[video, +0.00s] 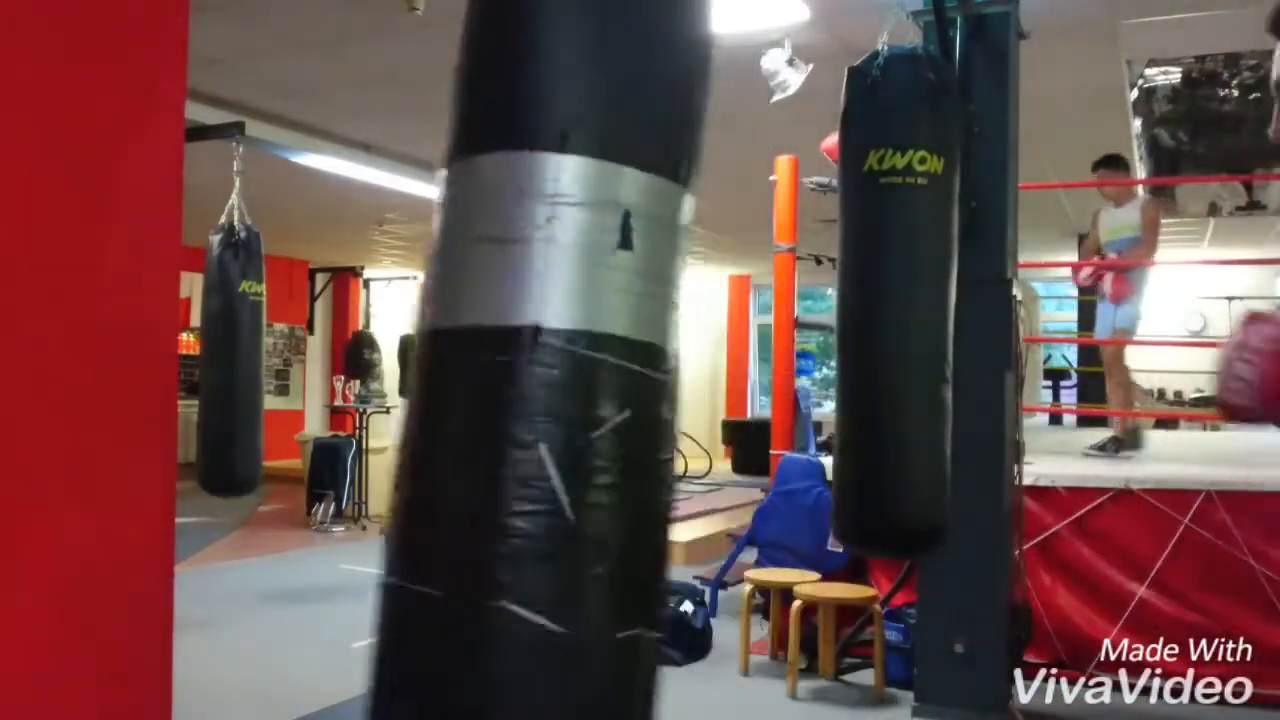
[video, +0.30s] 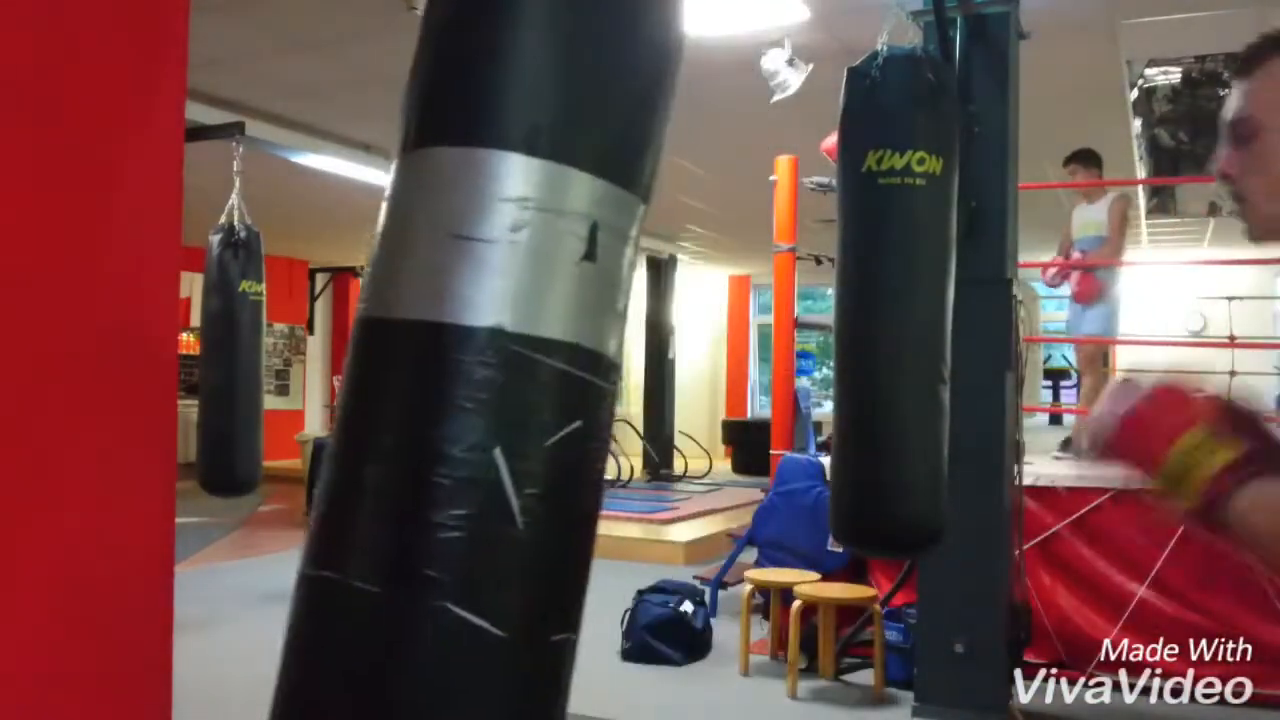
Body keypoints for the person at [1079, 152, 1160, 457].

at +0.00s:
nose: (1102, 189)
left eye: (1106, 182)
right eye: (1099, 184)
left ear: (1124, 179)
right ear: (1099, 184)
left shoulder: (1146, 207)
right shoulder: (1102, 215)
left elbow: (1147, 252)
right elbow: (1089, 251)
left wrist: (1114, 263)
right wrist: (1086, 267)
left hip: (1131, 286)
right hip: (1106, 288)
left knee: (1113, 354)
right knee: (1108, 356)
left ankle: (1124, 428)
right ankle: (1124, 426)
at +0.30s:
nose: (1072, 181)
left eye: (1076, 174)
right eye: (1069, 176)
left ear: (1094, 172)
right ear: (1075, 178)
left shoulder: (1116, 202)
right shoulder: (1077, 210)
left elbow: (1114, 250)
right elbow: (1066, 247)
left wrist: (1080, 263)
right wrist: (1059, 266)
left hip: (1102, 286)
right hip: (1079, 286)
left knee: (1089, 358)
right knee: (1086, 360)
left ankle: (1080, 433)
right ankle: (1095, 431)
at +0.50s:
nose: (1054, 175)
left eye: (1057, 168)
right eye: (1052, 169)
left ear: (1076, 166)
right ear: (1062, 170)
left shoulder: (1099, 193)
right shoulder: (1064, 203)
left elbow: (1096, 238)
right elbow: (1056, 240)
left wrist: (1066, 255)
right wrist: (1046, 256)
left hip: (1088, 283)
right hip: (1060, 283)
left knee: (1084, 356)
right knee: (1051, 356)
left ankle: (1077, 431)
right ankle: (1065, 422)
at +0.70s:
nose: (1037, 173)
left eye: (1039, 166)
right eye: (1035, 167)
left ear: (1058, 163)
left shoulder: (1084, 193)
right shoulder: (1048, 202)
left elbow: (1081, 239)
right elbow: (1041, 239)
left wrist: (1051, 251)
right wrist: (1031, 254)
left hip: (1073, 275)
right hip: (1048, 276)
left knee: (1077, 351)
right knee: (1028, 343)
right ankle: (1030, 396)